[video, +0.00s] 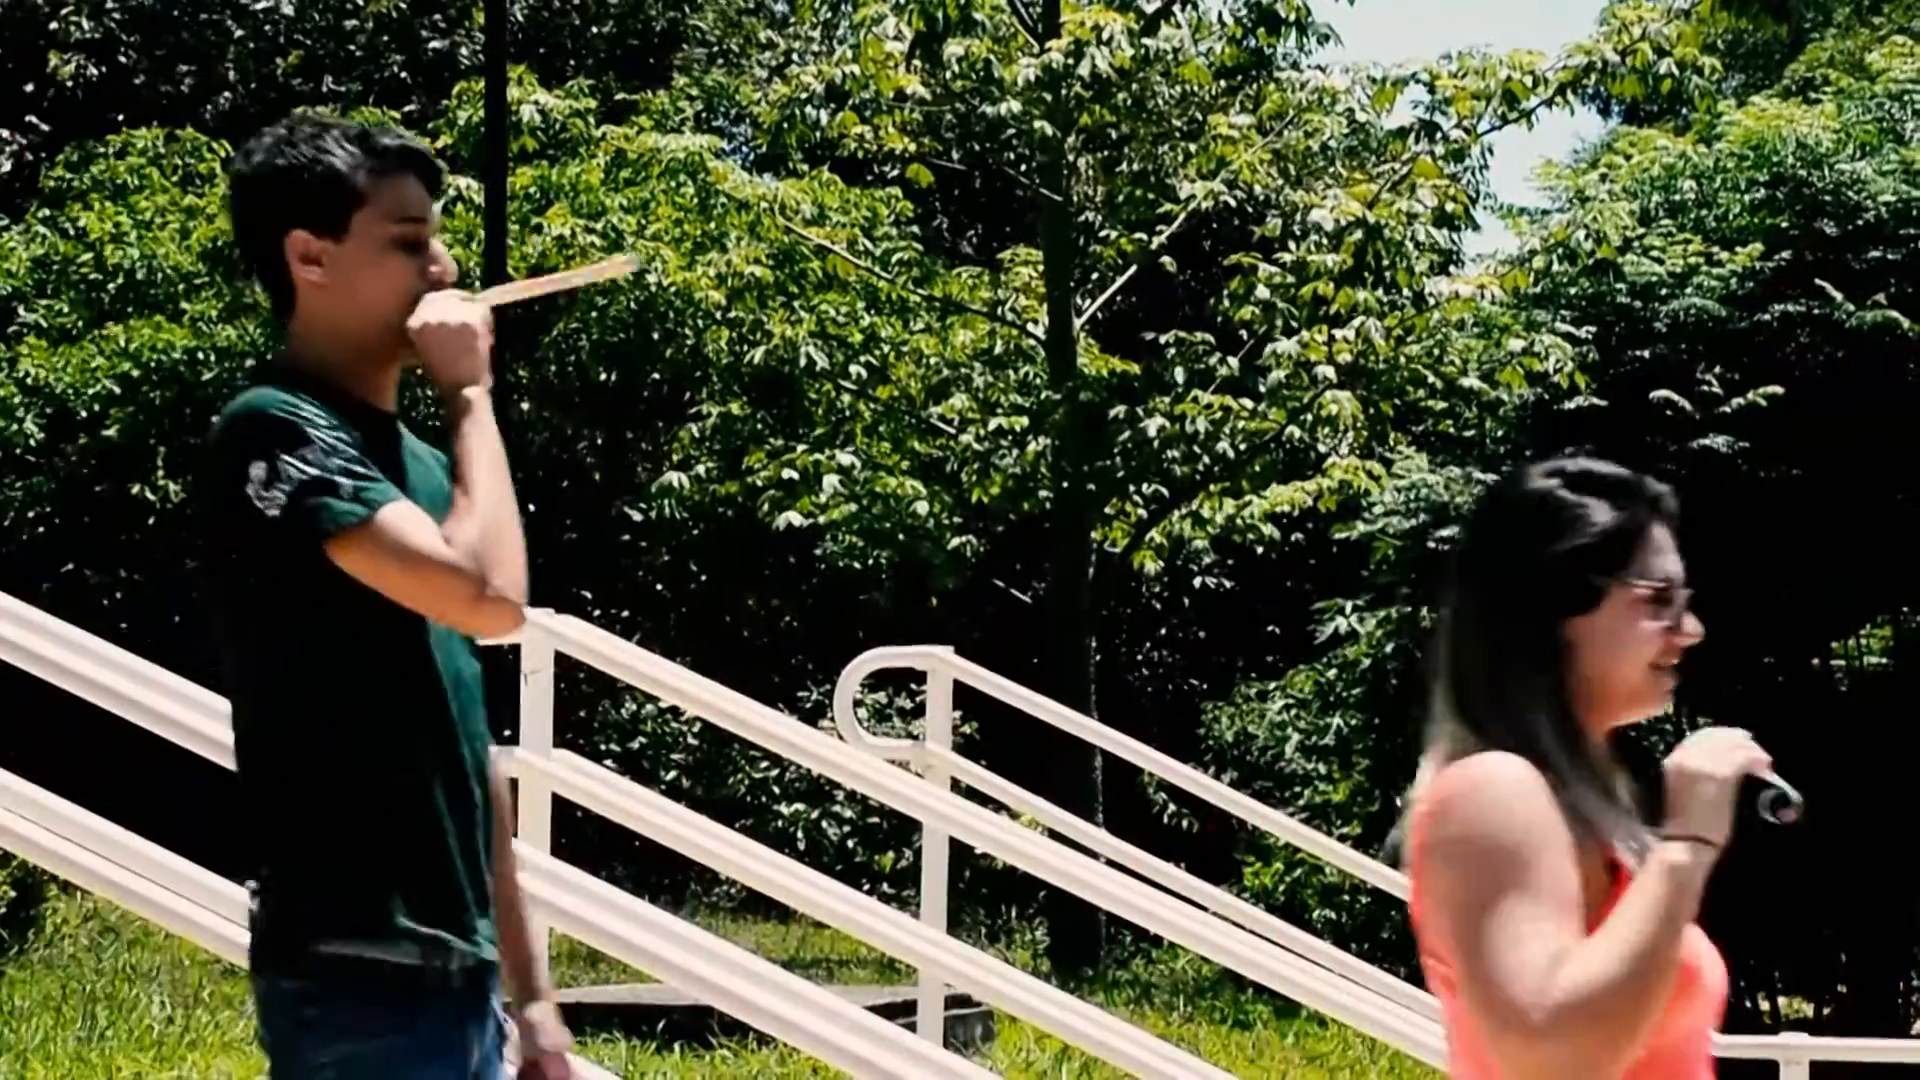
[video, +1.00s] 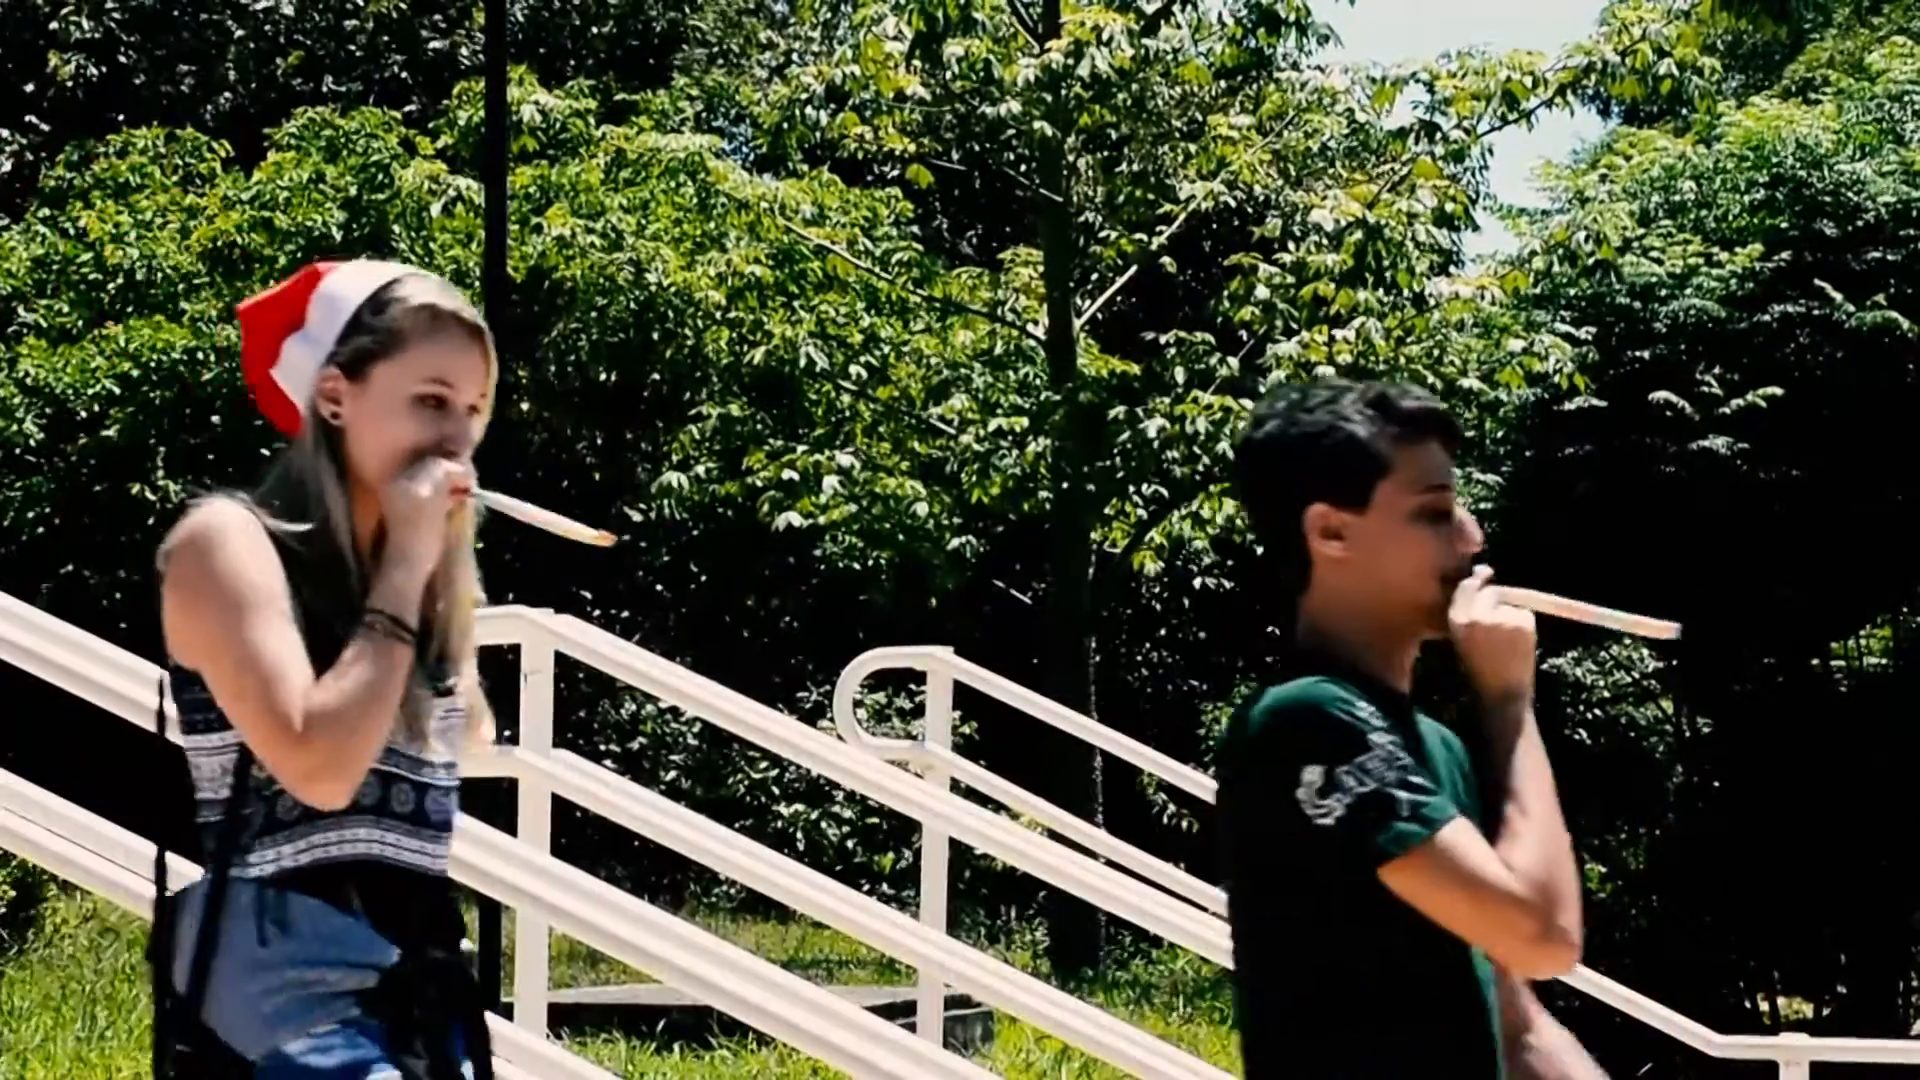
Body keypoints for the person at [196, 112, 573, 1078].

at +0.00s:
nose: (444, 271)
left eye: (437, 243)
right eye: (410, 243)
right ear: (310, 257)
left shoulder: (435, 473)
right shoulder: (272, 432)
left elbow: (479, 761)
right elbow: (490, 597)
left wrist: (529, 995)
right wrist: (471, 391)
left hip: (463, 970)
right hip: (356, 975)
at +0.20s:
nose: (626, 284)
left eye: (618, 255)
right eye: (591, 258)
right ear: (493, 277)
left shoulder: (609, 486)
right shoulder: (449, 454)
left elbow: (675, 767)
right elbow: (658, 630)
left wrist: (793, 928)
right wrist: (648, 422)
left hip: (610, 989)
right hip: (506, 999)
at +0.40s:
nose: (811, 403)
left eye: (797, 376)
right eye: (773, 380)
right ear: (677, 411)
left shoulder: (796, 624)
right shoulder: (644, 595)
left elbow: (813, 892)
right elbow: (877, 771)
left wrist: (926, 1058)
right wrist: (845, 549)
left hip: (789, 1051)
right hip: (668, 1052)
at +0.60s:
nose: (1027, 429)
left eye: (1012, 403)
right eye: (986, 411)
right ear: (894, 447)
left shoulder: (1015, 655)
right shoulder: (862, 633)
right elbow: (1035, 877)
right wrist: (1070, 657)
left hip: (1015, 1052)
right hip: (886, 1054)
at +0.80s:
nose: (1268, 534)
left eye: (1251, 507)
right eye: (1224, 514)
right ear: (1127, 552)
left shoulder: (1268, 758)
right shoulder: (1104, 744)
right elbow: (1313, 962)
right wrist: (1319, 738)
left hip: (1298, 1062)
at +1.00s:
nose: (1474, 541)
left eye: (1460, 511)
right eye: (1435, 514)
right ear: (1331, 535)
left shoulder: (1444, 748)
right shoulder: (1305, 725)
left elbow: (1519, 1026)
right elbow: (1544, 934)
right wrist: (1509, 700)